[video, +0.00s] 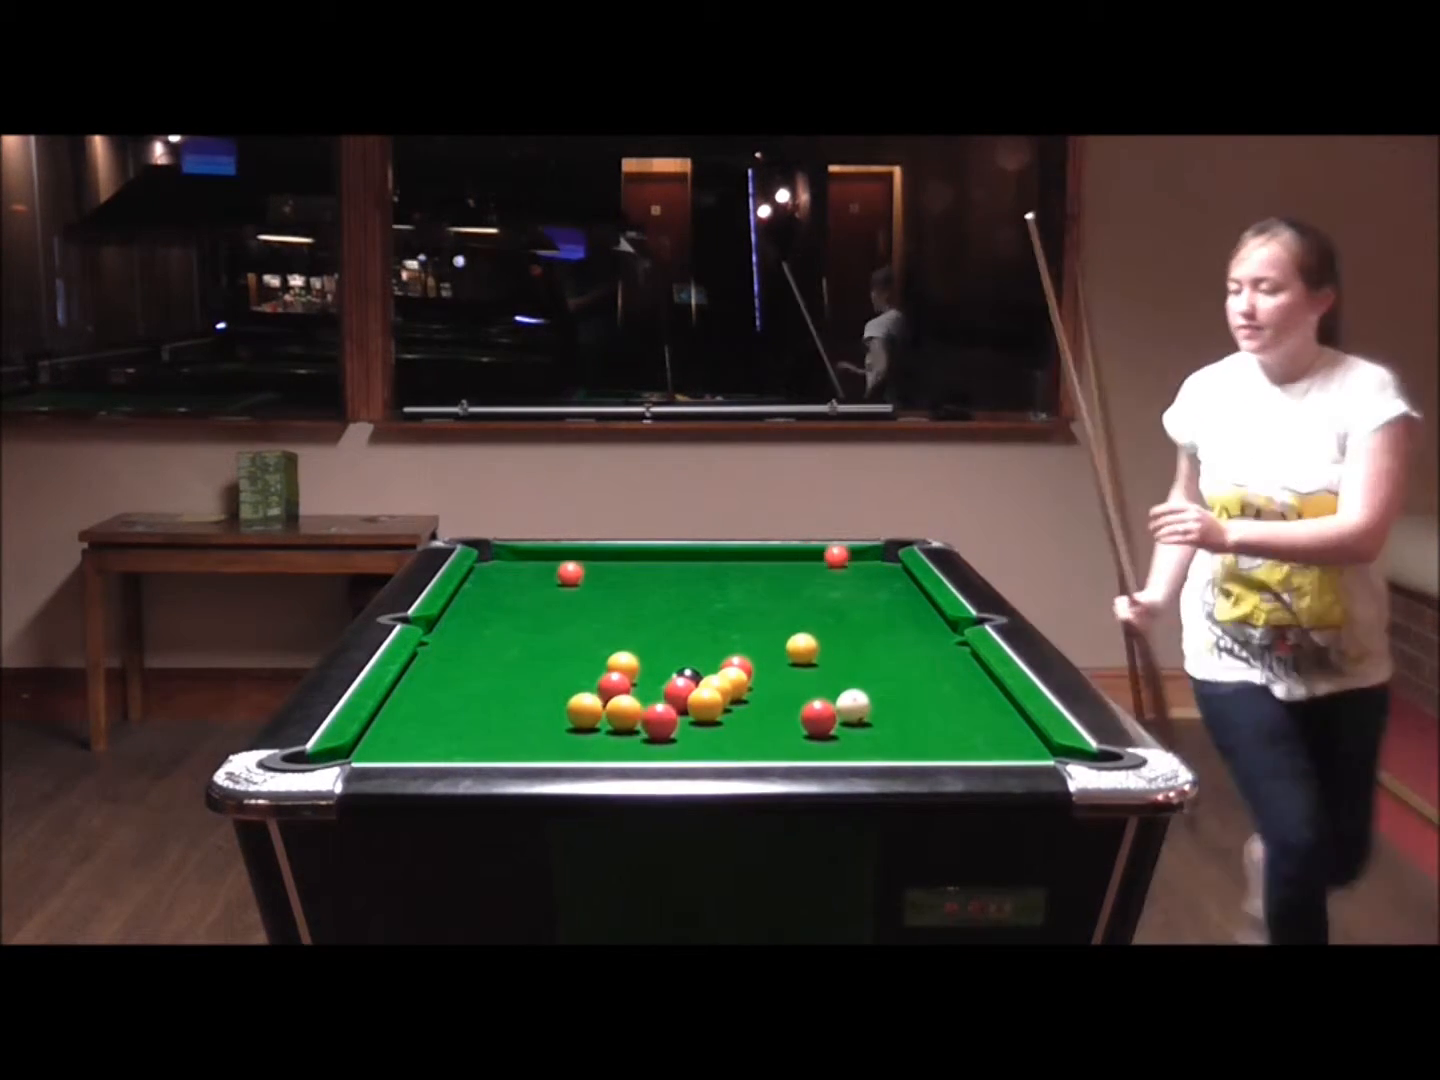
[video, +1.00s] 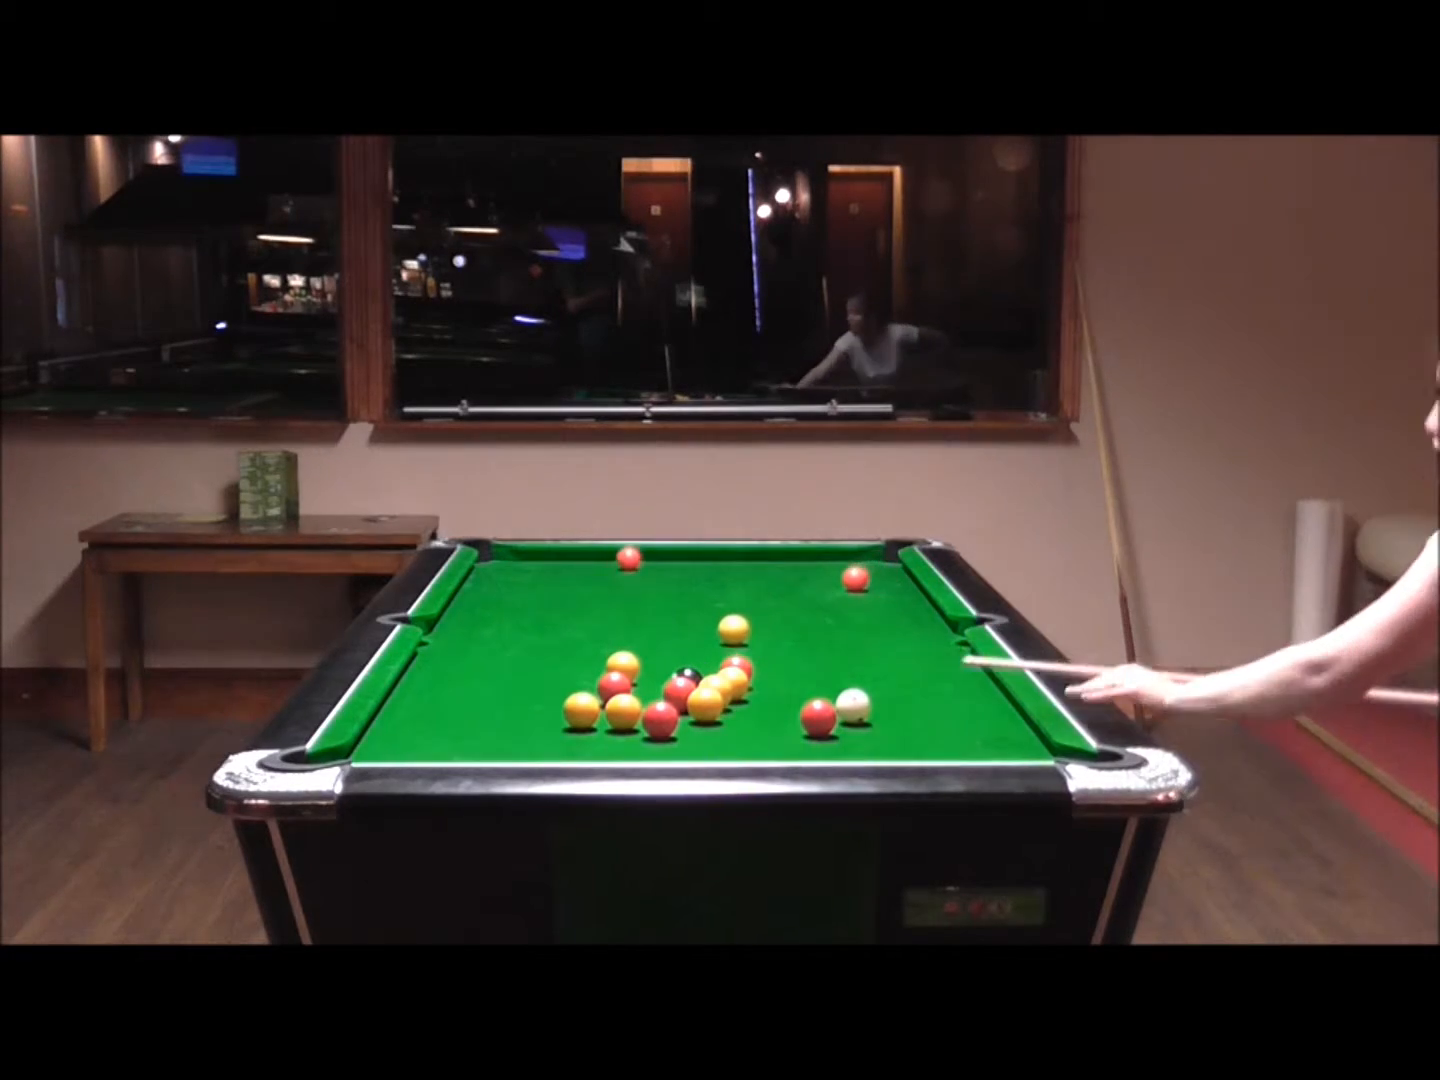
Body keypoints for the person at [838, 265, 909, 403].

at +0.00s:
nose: (872, 297)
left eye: (874, 292)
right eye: (872, 292)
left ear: (885, 293)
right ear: (890, 293)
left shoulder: (877, 326)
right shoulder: (904, 321)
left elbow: (880, 368)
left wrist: (867, 398)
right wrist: (857, 372)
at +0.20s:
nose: (864, 288)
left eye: (868, 284)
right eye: (866, 284)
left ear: (881, 288)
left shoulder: (886, 315)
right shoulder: (880, 315)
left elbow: (898, 358)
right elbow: (868, 361)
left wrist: (878, 392)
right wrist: (833, 356)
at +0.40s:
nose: (854, 295)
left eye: (859, 290)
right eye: (855, 291)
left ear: (874, 294)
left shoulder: (889, 322)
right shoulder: (863, 326)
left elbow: (917, 360)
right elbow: (835, 358)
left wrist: (886, 388)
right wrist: (806, 357)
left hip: (894, 402)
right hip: (868, 401)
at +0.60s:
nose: (844, 300)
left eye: (850, 295)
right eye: (845, 295)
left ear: (866, 299)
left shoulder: (889, 324)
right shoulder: (849, 327)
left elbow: (928, 352)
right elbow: (822, 361)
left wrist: (905, 386)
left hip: (887, 400)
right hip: (856, 400)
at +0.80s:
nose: (848, 301)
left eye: (854, 296)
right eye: (847, 296)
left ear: (869, 299)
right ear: (845, 298)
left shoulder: (895, 323)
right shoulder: (847, 328)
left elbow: (935, 340)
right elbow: (823, 364)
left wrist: (924, 383)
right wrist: (800, 382)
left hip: (894, 395)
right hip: (859, 396)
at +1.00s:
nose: (850, 319)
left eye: (856, 314)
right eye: (849, 313)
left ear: (871, 316)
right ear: (848, 315)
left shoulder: (896, 333)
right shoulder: (848, 342)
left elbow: (935, 336)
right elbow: (823, 370)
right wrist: (798, 390)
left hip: (899, 397)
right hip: (867, 399)